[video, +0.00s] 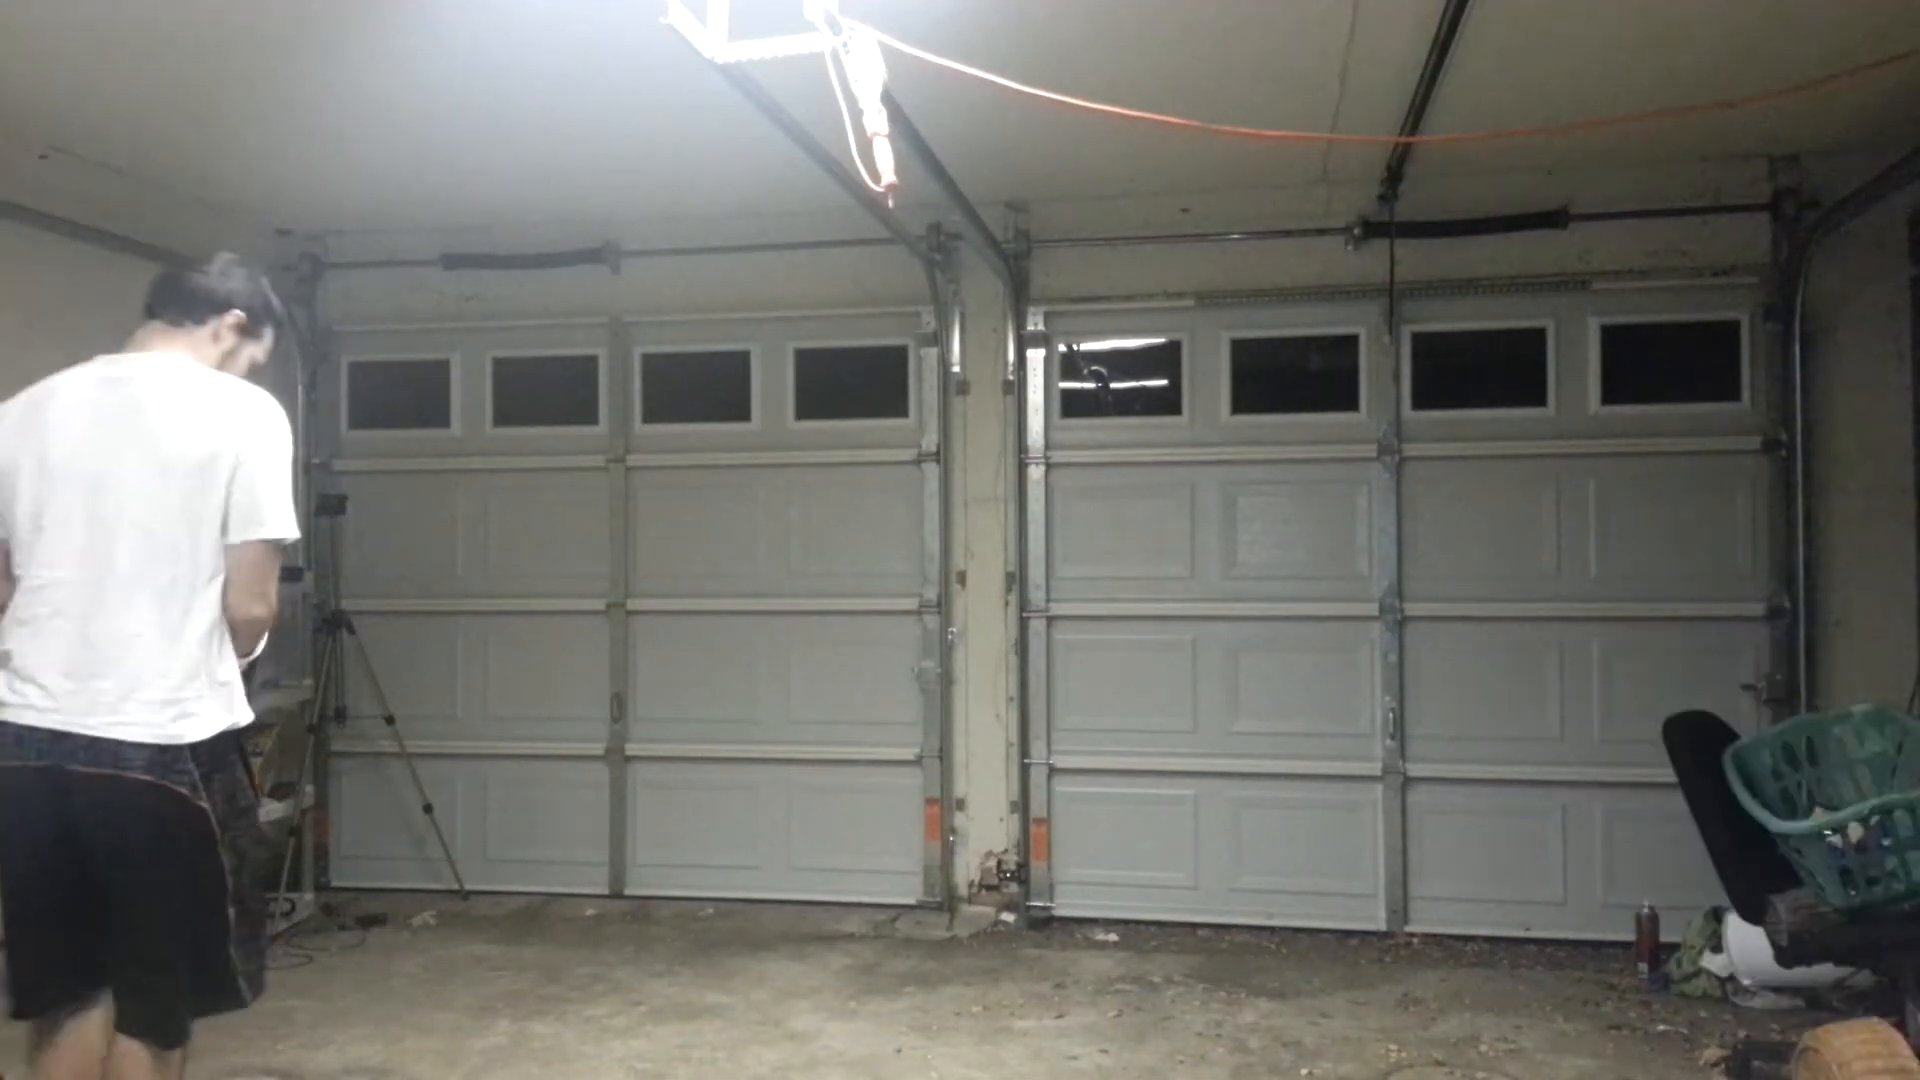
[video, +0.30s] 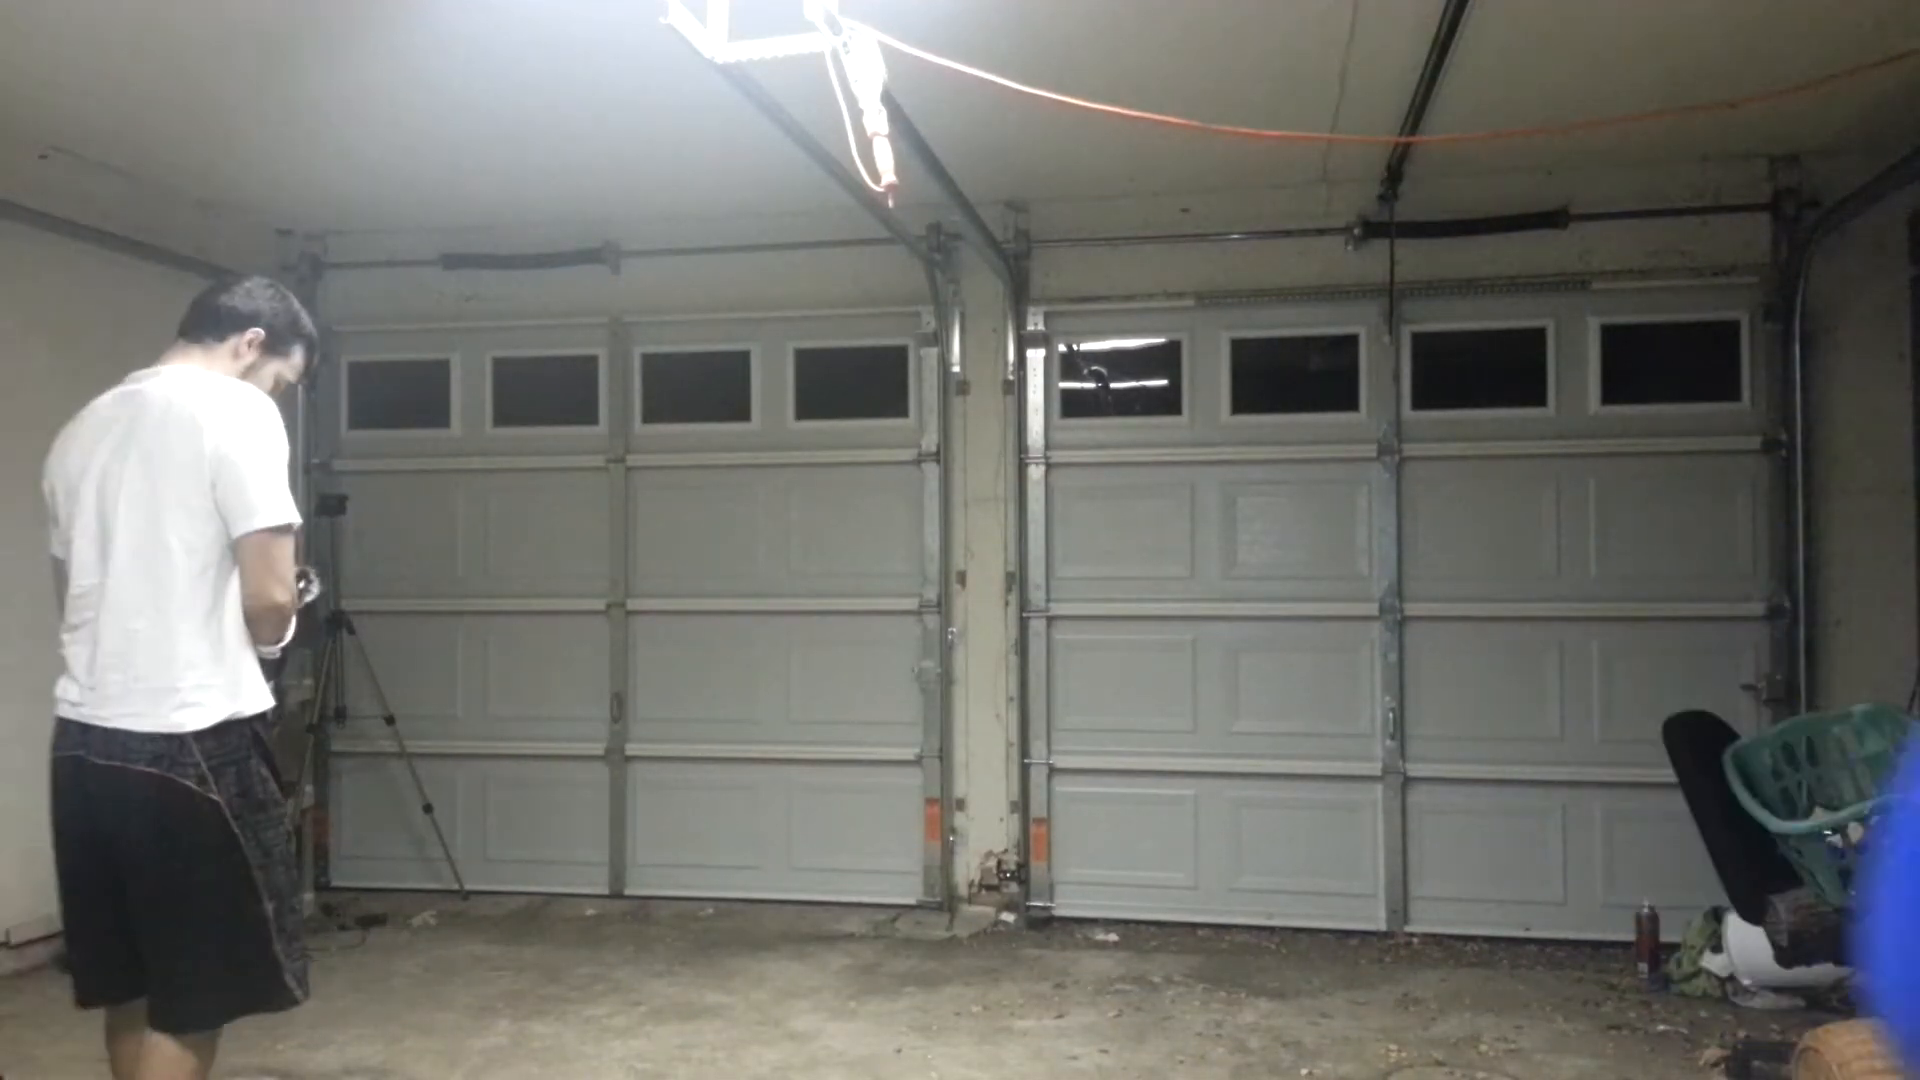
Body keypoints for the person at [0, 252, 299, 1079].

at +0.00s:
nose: (246, 379)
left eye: (256, 366)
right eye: (254, 362)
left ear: (157, 316)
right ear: (231, 329)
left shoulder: (27, 408)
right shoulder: (245, 415)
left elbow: (8, 579)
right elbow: (251, 607)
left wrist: (69, 656)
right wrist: (206, 683)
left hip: (26, 756)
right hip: (163, 762)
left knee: (67, 1008)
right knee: (154, 1025)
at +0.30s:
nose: (274, 402)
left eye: (285, 389)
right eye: (281, 384)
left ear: (191, 336)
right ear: (250, 343)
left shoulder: (79, 428)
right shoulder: (235, 412)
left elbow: (77, 588)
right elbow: (270, 596)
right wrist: (269, 638)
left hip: (84, 758)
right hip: (192, 763)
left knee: (127, 1006)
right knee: (186, 1020)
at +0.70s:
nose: (329, 415)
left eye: (339, 404)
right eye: (330, 392)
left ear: (276, 353)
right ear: (288, 348)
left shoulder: (186, 412)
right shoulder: (246, 409)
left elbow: (191, 575)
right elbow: (270, 583)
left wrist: (302, 585)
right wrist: (317, 638)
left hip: (158, 721)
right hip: (227, 725)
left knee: (163, 958)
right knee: (299, 959)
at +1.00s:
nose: (405, 421)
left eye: (417, 410)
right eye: (406, 398)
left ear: (356, 358)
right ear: (362, 353)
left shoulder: (286, 415)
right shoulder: (310, 424)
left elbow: (311, 590)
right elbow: (335, 598)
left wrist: (406, 564)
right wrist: (425, 667)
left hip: (253, 727)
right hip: (298, 732)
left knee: (233, 962)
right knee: (324, 972)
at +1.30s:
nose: (482, 421)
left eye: (496, 409)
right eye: (482, 398)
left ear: (437, 361)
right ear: (437, 353)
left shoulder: (382, 419)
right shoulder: (373, 421)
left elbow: (380, 585)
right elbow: (404, 599)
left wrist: (459, 573)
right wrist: (521, 658)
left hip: (360, 736)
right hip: (345, 741)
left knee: (349, 995)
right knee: (353, 1002)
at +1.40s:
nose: (504, 424)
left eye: (517, 411)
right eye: (506, 401)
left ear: (459, 361)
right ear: (460, 357)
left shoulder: (418, 424)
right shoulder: (390, 419)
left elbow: (397, 574)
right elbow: (418, 598)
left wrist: (483, 561)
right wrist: (525, 652)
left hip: (408, 733)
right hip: (358, 739)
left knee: (435, 958)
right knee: (365, 990)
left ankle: (410, 1069)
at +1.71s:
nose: (561, 423)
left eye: (574, 411)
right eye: (558, 400)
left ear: (518, 369)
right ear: (512, 357)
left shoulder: (509, 451)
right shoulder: (440, 415)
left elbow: (522, 573)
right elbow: (481, 585)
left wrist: (593, 570)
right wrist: (562, 637)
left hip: (507, 727)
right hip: (424, 730)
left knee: (539, 954)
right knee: (411, 985)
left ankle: (553, 1074)